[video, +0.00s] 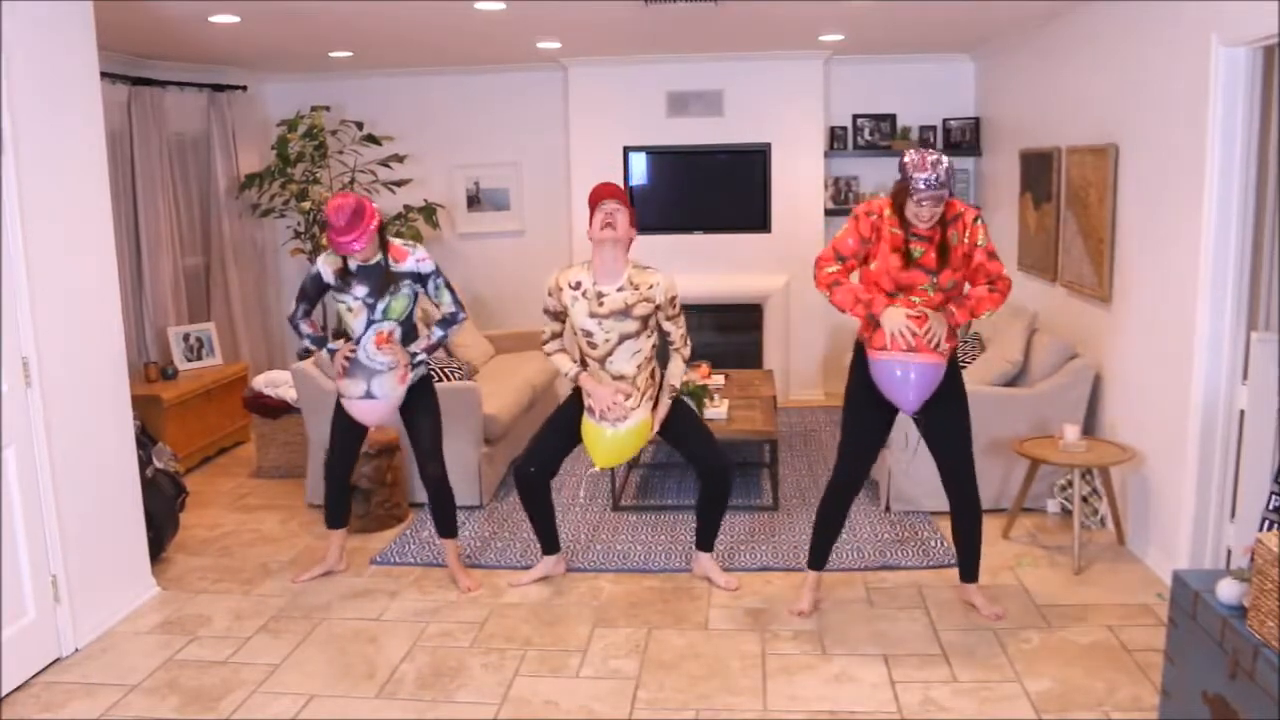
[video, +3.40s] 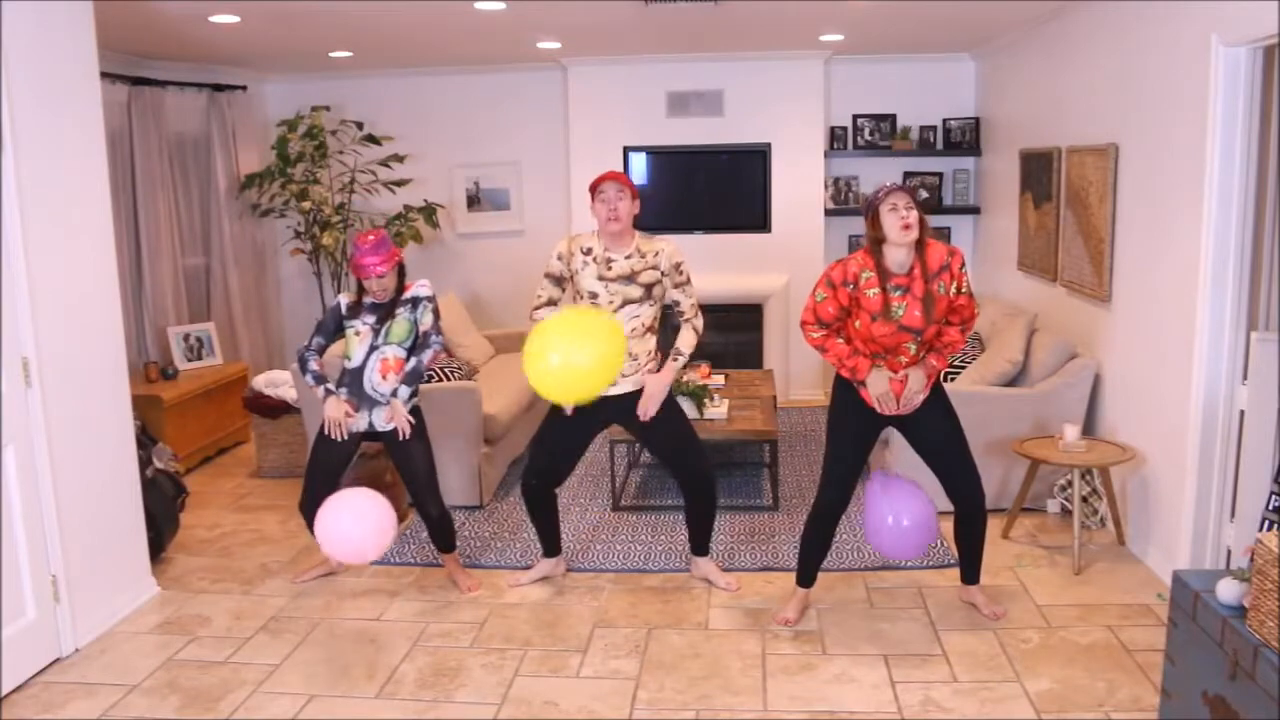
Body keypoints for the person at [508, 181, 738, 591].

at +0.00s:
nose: (607, 214)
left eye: (618, 212)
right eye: (600, 212)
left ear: (632, 233)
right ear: (588, 231)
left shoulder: (655, 284)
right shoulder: (565, 284)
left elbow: (680, 349)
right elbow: (552, 345)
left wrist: (662, 406)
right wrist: (588, 383)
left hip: (652, 393)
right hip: (590, 395)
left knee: (717, 466)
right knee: (529, 470)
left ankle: (704, 554)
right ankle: (552, 556)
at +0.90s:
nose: (610, 263)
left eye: (617, 253)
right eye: (601, 254)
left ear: (631, 239)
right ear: (588, 244)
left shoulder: (653, 260)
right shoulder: (568, 265)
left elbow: (683, 323)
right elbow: (549, 326)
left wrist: (652, 378)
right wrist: (589, 378)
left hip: (652, 381)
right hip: (592, 384)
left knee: (707, 462)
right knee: (537, 465)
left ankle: (703, 555)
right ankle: (552, 556)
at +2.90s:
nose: (611, 260)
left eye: (619, 251)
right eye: (604, 252)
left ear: (635, 232)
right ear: (592, 236)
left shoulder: (662, 258)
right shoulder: (571, 256)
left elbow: (697, 324)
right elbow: (539, 321)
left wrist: (656, 380)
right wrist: (576, 378)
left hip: (648, 396)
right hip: (587, 396)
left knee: (708, 478)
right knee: (531, 484)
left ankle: (701, 558)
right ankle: (552, 558)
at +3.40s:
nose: (611, 205)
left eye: (620, 198)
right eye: (603, 199)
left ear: (635, 207)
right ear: (592, 208)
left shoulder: (661, 254)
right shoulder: (570, 252)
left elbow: (691, 319)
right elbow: (541, 313)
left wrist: (666, 376)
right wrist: (561, 374)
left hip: (644, 389)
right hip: (583, 392)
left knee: (698, 473)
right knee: (536, 480)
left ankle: (701, 558)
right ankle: (551, 558)